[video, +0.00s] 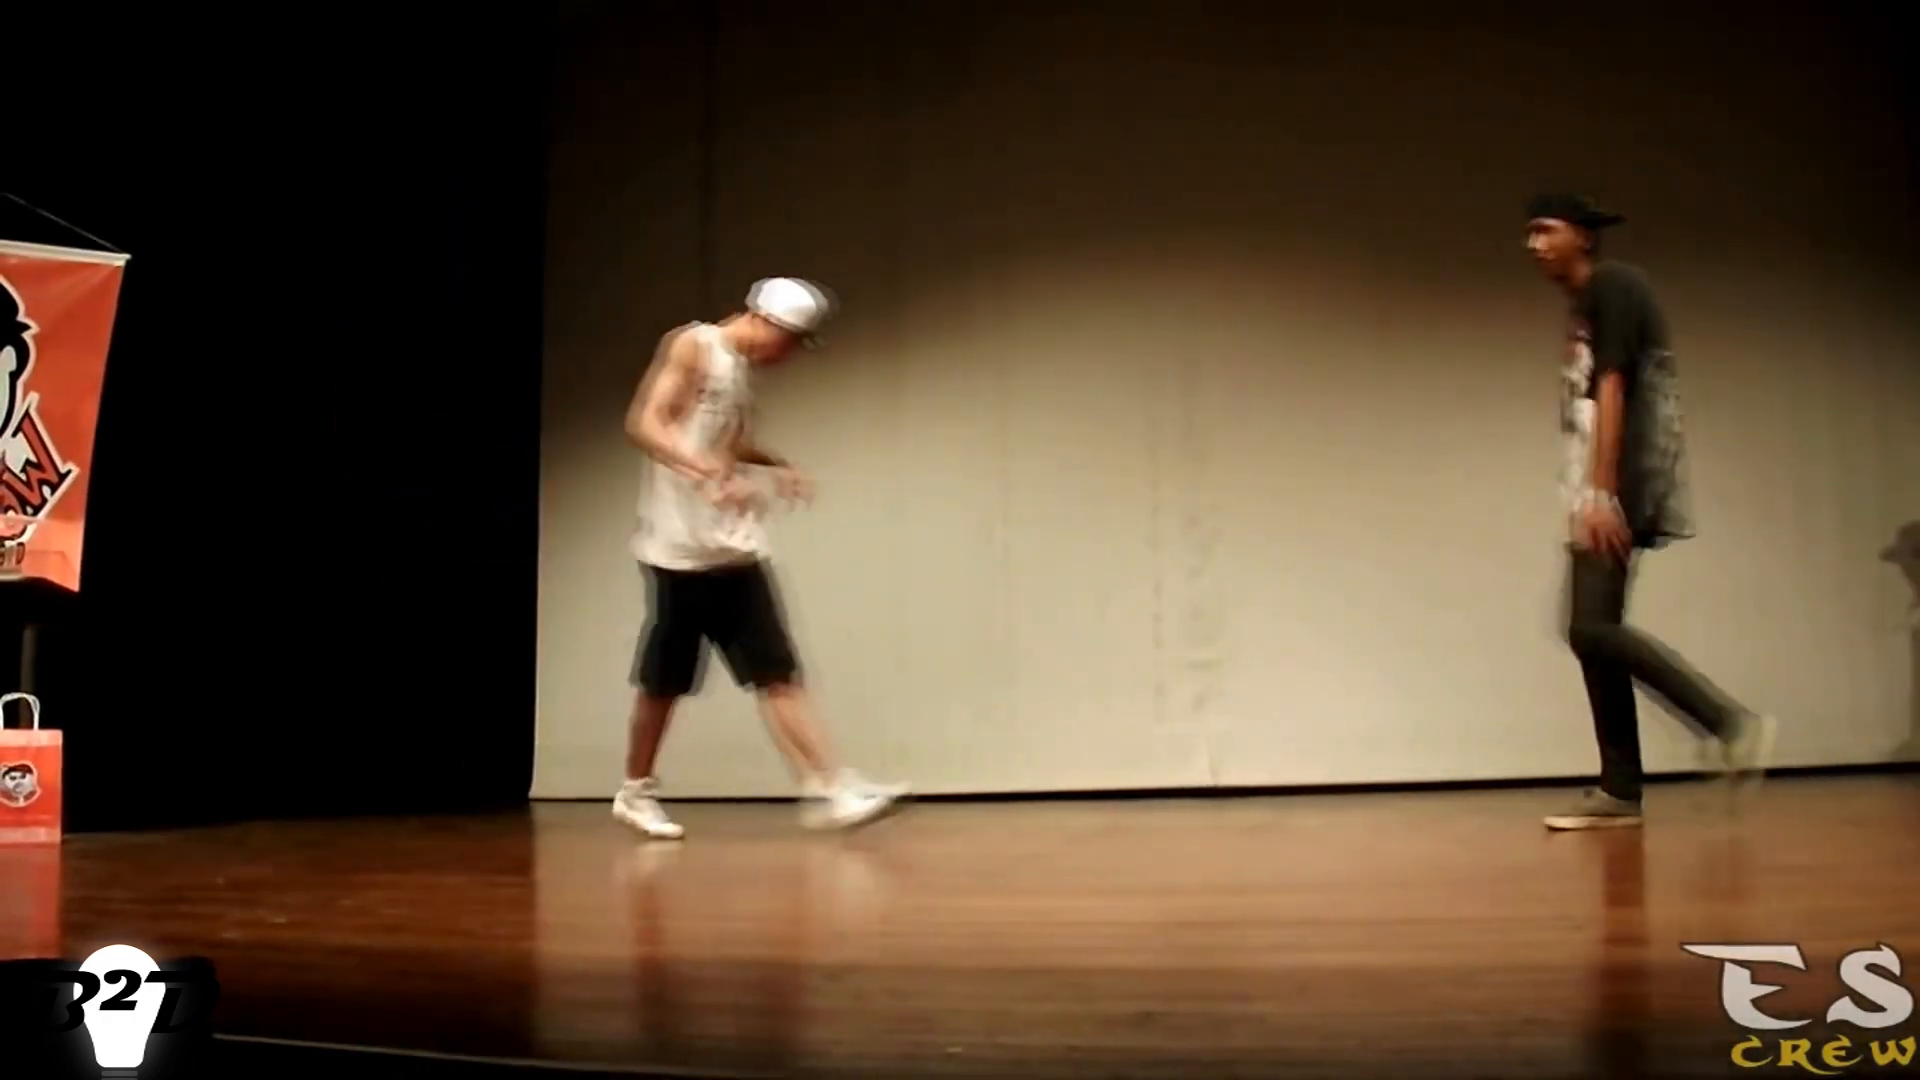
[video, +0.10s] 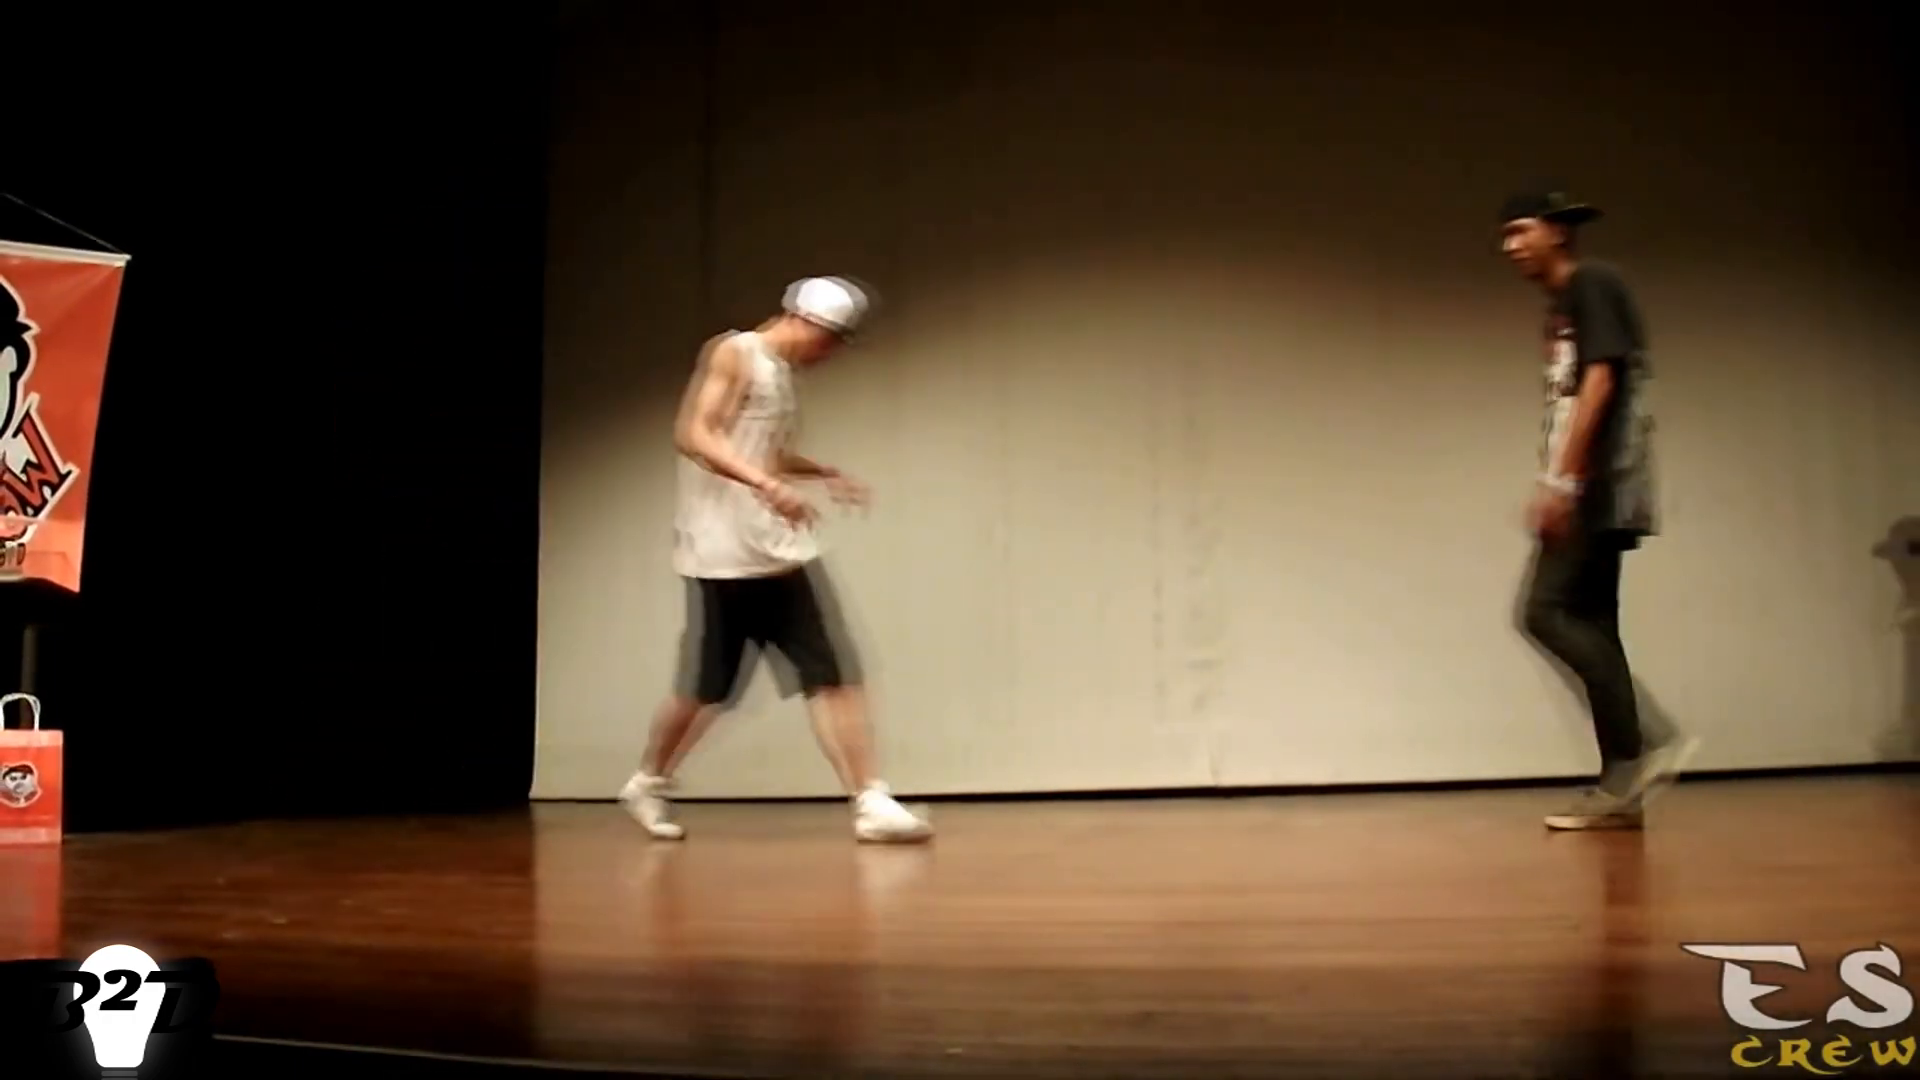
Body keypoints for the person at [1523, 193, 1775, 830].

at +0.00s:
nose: (1534, 243)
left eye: (1546, 231)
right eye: (1532, 233)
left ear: (1582, 236)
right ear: (1558, 244)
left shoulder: (1613, 289)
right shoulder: (1592, 300)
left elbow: (1611, 395)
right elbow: (1602, 404)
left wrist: (1602, 492)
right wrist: (1593, 496)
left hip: (1616, 497)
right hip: (1600, 499)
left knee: (1594, 630)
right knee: (1595, 634)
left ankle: (1733, 725)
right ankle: (1620, 790)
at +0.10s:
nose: (1511, 246)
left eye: (1521, 232)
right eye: (1508, 236)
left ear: (1558, 233)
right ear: (1534, 242)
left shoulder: (1592, 287)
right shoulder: (1563, 303)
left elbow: (1598, 384)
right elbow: (1577, 399)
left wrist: (1563, 481)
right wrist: (1562, 486)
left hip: (1600, 497)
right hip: (1593, 498)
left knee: (1543, 612)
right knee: (1594, 630)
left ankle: (1654, 736)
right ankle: (1621, 782)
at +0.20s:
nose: (1486, 251)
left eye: (1496, 237)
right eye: (1484, 241)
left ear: (1533, 237)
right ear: (1516, 245)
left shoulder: (1573, 292)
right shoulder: (1549, 309)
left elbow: (1586, 381)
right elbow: (1561, 413)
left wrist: (1523, 469)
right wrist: (1535, 499)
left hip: (1580, 503)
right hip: (1575, 505)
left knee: (1523, 622)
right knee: (1593, 638)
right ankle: (1623, 787)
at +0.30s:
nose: (1464, 257)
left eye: (1474, 243)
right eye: (1462, 246)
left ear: (1511, 243)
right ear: (1489, 252)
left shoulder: (1546, 295)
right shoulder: (1526, 308)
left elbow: (1562, 387)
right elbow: (1539, 415)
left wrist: (1500, 474)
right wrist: (1513, 502)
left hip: (1564, 509)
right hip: (1555, 508)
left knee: (1519, 640)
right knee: (1584, 643)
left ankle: (1472, 792)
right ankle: (1623, 789)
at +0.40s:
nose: (1439, 261)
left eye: (1448, 247)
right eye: (1437, 250)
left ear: (1486, 247)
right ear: (1473, 252)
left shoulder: (1526, 301)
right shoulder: (1507, 312)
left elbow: (1529, 404)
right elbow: (1505, 421)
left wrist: (1491, 494)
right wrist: (1468, 507)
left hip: (1538, 509)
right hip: (1538, 511)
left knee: (1492, 638)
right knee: (1556, 638)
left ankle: (1470, 797)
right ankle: (1620, 785)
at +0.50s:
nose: (1421, 263)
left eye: (1430, 248)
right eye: (1417, 252)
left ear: (1466, 247)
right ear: (1438, 256)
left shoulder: (1503, 302)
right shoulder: (1479, 311)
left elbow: (1503, 410)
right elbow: (1483, 423)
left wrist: (1486, 508)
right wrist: (1455, 510)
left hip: (1518, 504)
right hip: (1509, 506)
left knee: (1483, 641)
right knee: (1505, 638)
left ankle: (1469, 799)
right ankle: (1603, 771)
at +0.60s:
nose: (1403, 264)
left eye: (1412, 250)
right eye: (1399, 253)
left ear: (1447, 246)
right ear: (1418, 255)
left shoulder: (1484, 300)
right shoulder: (1456, 310)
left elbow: (1489, 411)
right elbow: (1463, 424)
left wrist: (1478, 512)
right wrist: (1445, 512)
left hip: (1492, 506)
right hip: (1468, 507)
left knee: (1481, 644)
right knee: (1448, 637)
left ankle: (1471, 797)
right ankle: (1562, 743)